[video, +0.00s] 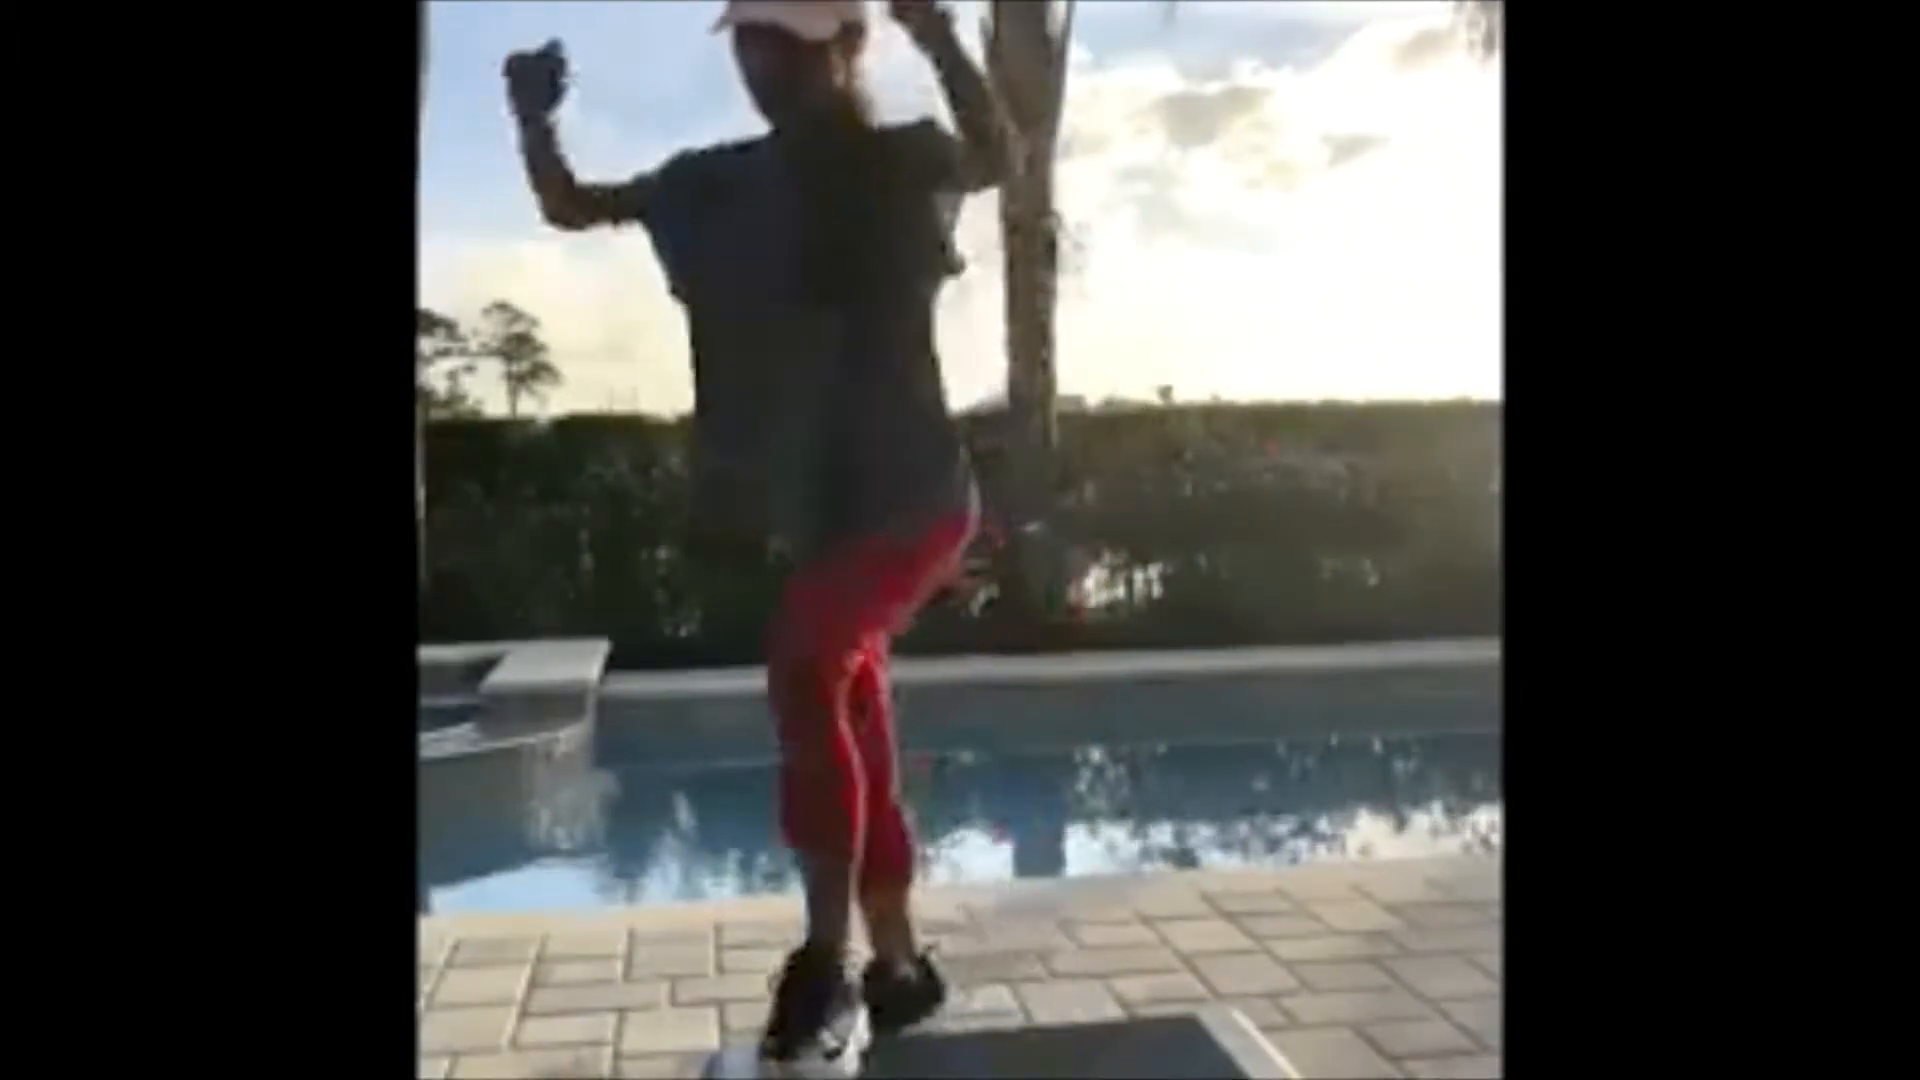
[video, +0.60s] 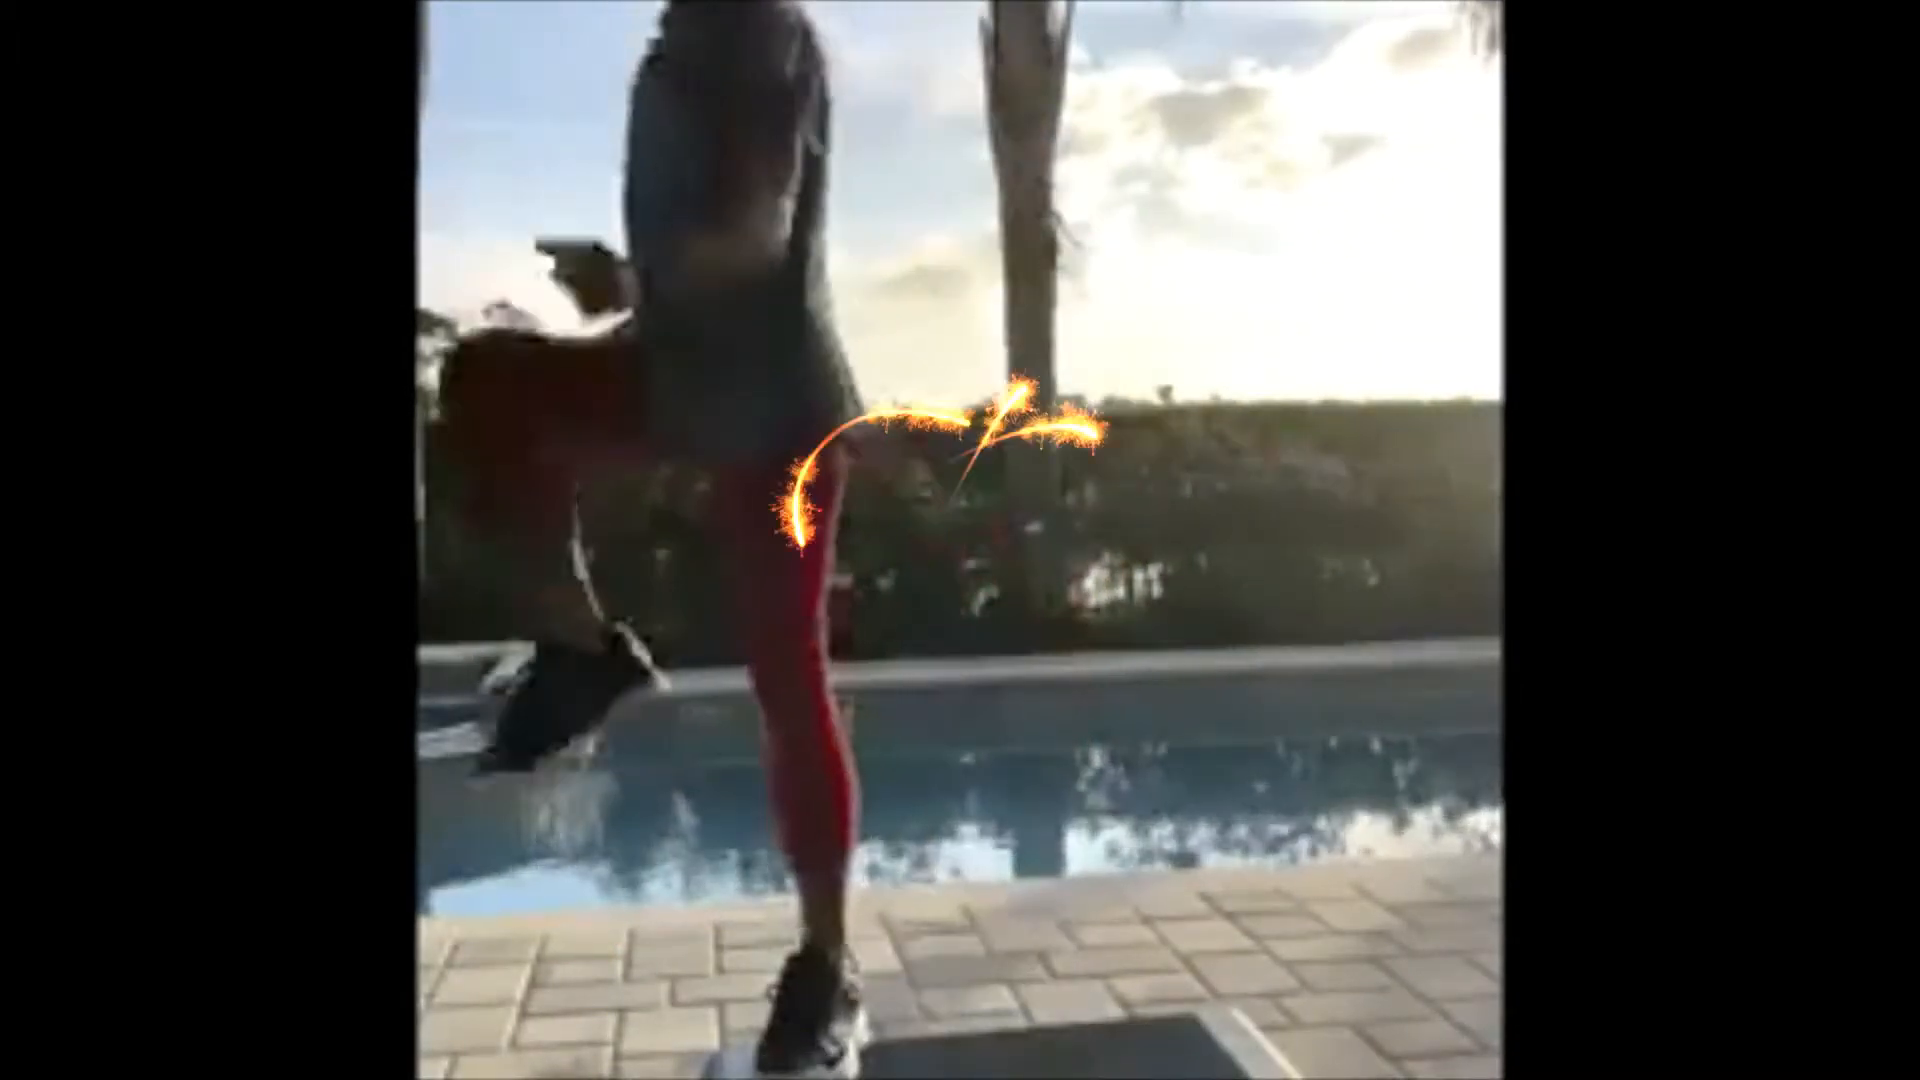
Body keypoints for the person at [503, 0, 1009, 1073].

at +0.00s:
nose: (762, 62)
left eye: (782, 39)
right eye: (748, 42)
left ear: (837, 45)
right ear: (738, 52)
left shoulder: (903, 157)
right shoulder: (713, 178)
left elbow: (1001, 152)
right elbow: (570, 206)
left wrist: (937, 34)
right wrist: (535, 114)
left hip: (915, 494)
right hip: (800, 503)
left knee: (806, 655)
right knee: (856, 722)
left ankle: (826, 961)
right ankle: (897, 961)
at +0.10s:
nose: (770, 11)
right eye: (756, 2)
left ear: (833, 2)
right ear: (743, 14)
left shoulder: (883, 90)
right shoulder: (720, 110)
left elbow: (946, 74)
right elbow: (630, 170)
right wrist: (502, 105)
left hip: (882, 440)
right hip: (755, 450)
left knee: (803, 672)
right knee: (765, 699)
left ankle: (826, 967)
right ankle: (850, 903)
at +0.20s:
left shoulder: (856, 33)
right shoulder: (729, 63)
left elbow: (871, 169)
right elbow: (712, 179)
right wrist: (551, 178)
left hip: (866, 406)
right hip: (751, 405)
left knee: (816, 661)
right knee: (648, 599)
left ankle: (825, 972)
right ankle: (760, 790)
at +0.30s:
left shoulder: (798, 9)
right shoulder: (740, 45)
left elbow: (846, 154)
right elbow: (755, 228)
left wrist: (696, 81)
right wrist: (644, 285)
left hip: (843, 376)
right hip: (741, 366)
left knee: (825, 666)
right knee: (569, 357)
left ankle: (824, 967)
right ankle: (666, 627)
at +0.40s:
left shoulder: (771, 33)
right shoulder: (731, 51)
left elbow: (804, 230)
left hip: (828, 386)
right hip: (738, 383)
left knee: (817, 668)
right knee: (564, 199)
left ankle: (824, 973)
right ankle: (612, 514)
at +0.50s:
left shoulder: (767, 43)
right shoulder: (703, 66)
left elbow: (761, 253)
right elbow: (716, 261)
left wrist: (662, 360)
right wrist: (650, 357)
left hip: (799, 397)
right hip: (706, 380)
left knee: (800, 686)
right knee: (534, 208)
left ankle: (824, 972)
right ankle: (612, 528)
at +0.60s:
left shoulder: (763, 27)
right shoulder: (676, 50)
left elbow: (759, 238)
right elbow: (703, 261)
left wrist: (635, 280)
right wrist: (605, 306)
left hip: (779, 389)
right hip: (686, 378)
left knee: (787, 671)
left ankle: (825, 966)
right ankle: (579, 639)